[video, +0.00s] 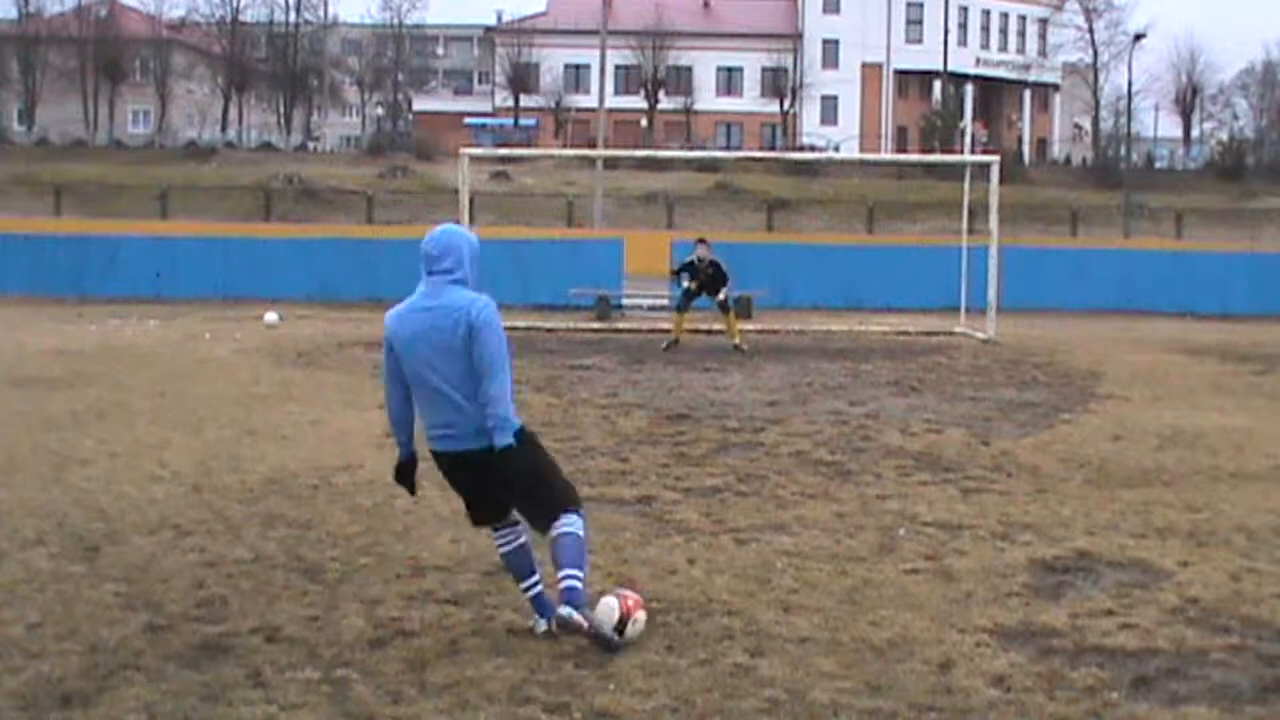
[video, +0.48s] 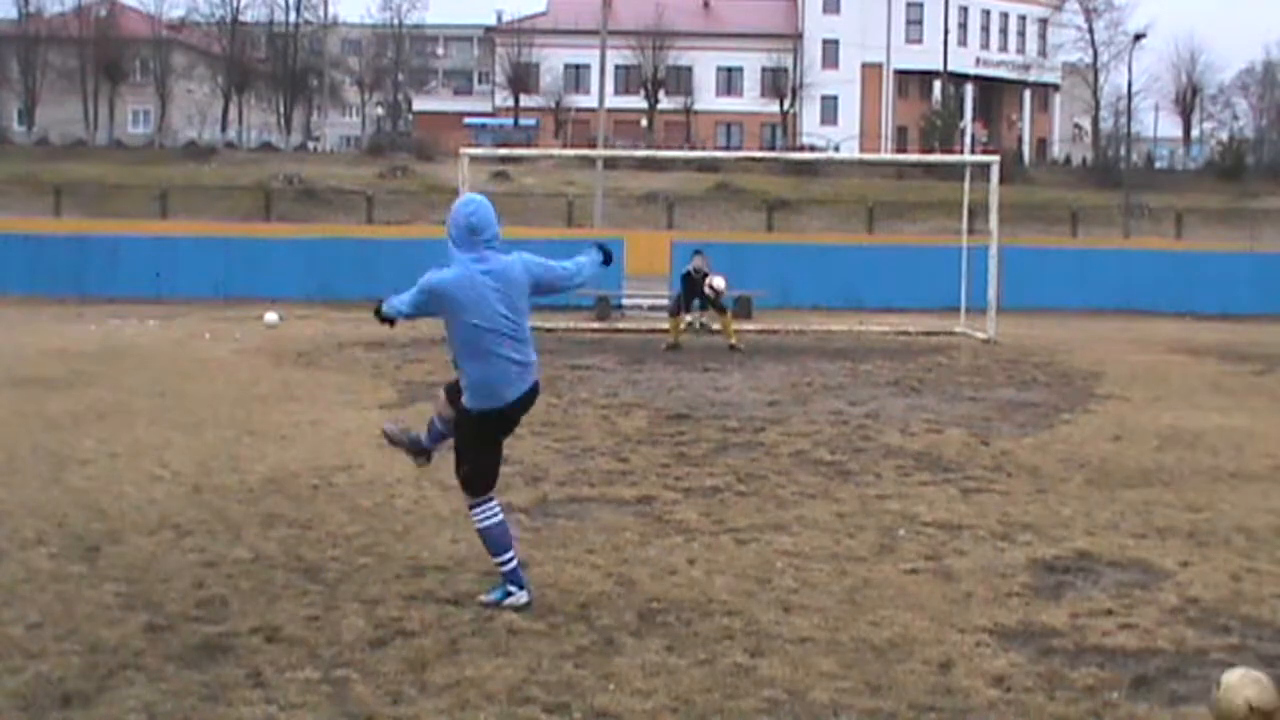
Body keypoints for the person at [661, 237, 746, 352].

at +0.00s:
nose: (701, 253)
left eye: (704, 250)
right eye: (699, 250)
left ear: (708, 252)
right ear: (696, 251)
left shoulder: (714, 265)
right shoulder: (690, 264)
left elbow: (725, 280)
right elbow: (678, 274)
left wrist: (722, 292)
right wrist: (686, 285)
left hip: (713, 288)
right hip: (696, 287)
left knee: (726, 309)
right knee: (681, 307)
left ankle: (736, 340)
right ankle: (675, 337)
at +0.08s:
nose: (702, 250)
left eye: (704, 247)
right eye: (699, 247)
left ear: (708, 249)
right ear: (695, 249)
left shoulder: (715, 264)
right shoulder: (689, 263)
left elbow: (721, 280)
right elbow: (676, 274)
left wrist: (719, 292)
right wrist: (683, 287)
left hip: (711, 287)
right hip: (693, 286)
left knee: (726, 309)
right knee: (679, 312)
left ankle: (737, 339)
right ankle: (673, 341)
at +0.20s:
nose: (701, 253)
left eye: (704, 250)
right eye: (699, 249)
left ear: (707, 252)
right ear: (695, 251)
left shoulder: (713, 268)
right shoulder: (687, 266)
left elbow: (716, 287)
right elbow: (677, 281)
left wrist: (714, 300)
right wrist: (682, 294)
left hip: (709, 290)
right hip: (691, 289)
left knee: (725, 309)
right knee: (677, 310)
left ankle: (732, 339)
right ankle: (672, 340)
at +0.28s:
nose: (701, 256)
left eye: (703, 253)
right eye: (699, 253)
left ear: (707, 256)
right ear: (695, 254)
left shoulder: (712, 272)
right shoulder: (686, 270)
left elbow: (713, 292)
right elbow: (680, 290)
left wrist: (711, 307)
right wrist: (683, 304)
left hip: (708, 295)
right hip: (691, 294)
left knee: (726, 313)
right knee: (679, 315)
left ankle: (733, 341)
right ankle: (672, 341)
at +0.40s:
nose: (701, 261)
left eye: (703, 258)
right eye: (698, 258)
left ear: (707, 261)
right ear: (695, 260)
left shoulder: (710, 276)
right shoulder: (688, 275)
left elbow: (708, 299)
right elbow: (687, 296)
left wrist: (707, 316)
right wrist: (688, 314)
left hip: (706, 298)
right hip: (691, 298)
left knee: (727, 307)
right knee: (676, 310)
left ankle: (732, 340)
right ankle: (673, 340)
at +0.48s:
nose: (716, 296)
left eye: (718, 294)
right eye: (714, 293)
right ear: (708, 286)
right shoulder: (686, 277)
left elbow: (704, 304)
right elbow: (686, 297)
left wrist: (702, 318)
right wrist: (686, 315)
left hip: (704, 293)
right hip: (688, 295)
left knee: (724, 313)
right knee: (673, 312)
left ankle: (732, 341)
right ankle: (674, 340)